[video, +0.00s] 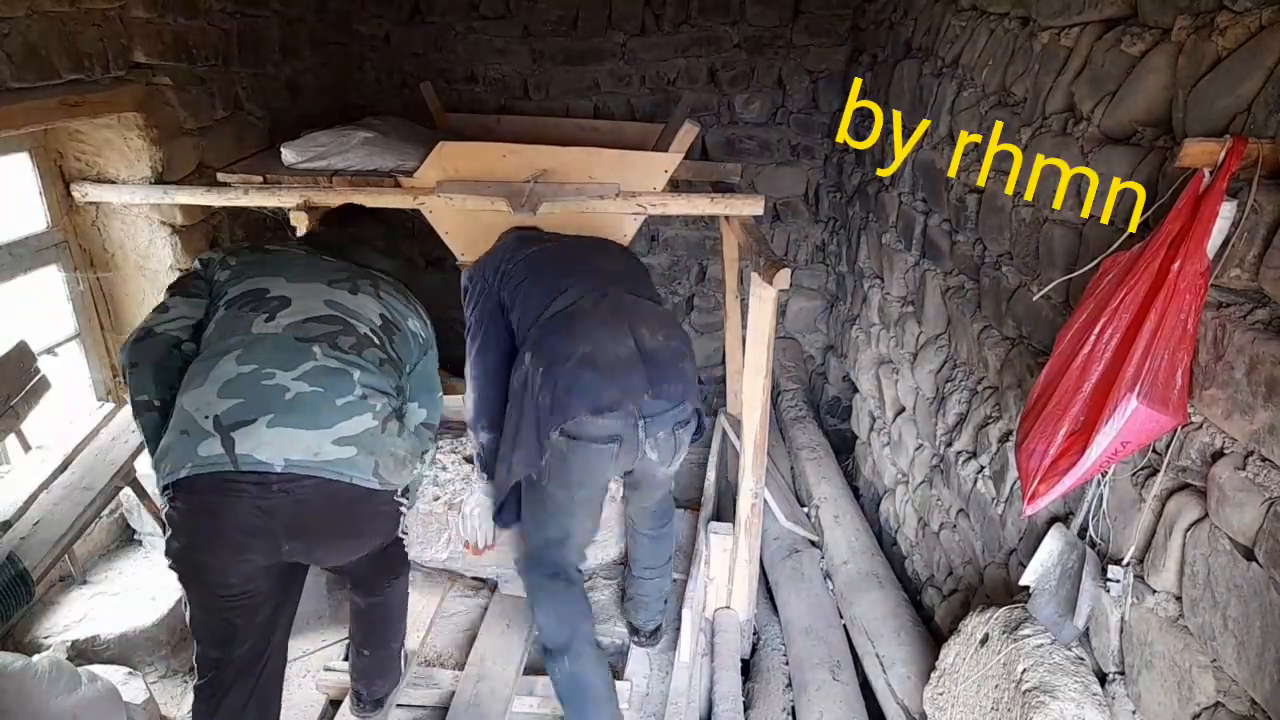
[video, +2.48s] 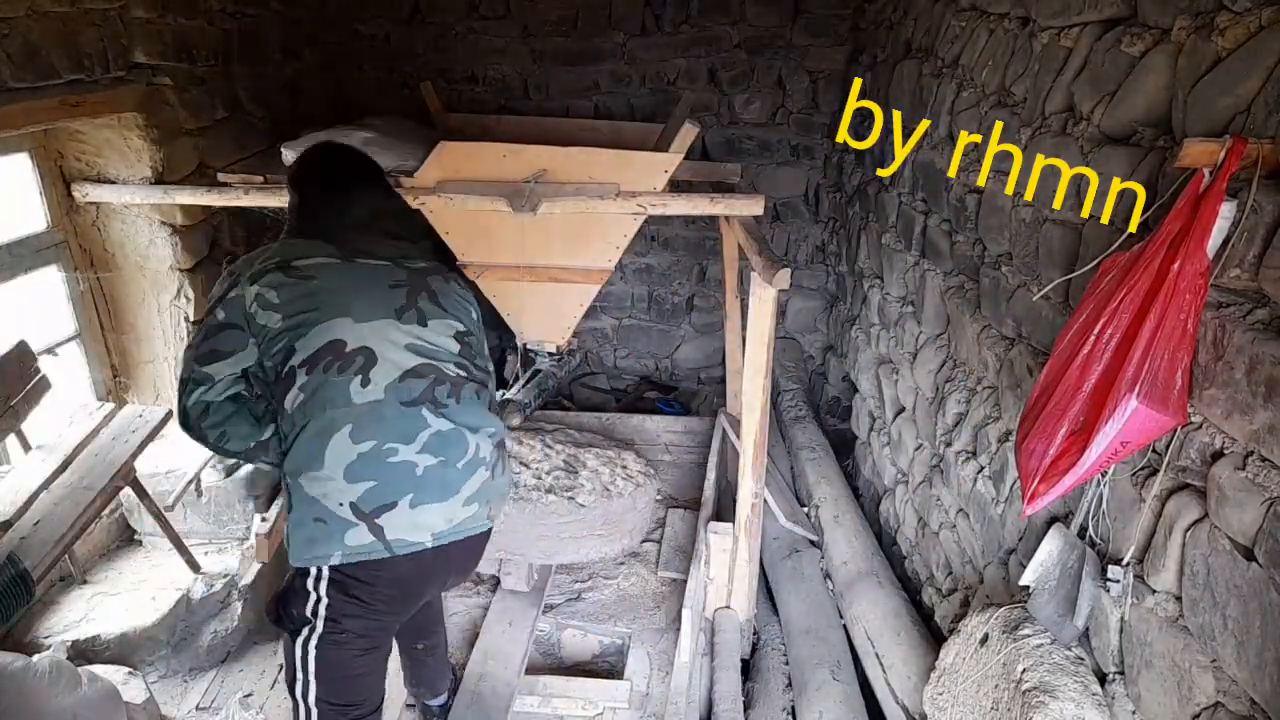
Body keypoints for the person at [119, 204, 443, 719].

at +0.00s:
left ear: (306, 238)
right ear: (379, 255)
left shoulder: (228, 264)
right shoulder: (403, 305)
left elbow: (148, 349)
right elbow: (424, 424)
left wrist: (174, 465)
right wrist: (391, 504)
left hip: (215, 503)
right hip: (346, 502)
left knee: (229, 682)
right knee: (379, 570)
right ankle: (372, 691)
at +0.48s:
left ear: (344, 288)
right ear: (432, 298)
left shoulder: (251, 347)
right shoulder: (466, 360)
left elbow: (167, 473)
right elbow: (495, 494)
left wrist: (207, 597)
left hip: (288, 667)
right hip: (459, 654)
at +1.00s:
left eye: (206, 222)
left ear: (218, 227)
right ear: (323, 221)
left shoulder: (192, 279)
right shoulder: (385, 304)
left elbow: (25, 304)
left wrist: (23, 459)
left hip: (315, 652)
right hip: (459, 623)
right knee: (476, 704)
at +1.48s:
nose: (303, 252)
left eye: (307, 244)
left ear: (317, 249)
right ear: (403, 242)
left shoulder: (267, 309)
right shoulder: (462, 308)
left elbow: (201, 449)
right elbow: (502, 419)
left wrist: (286, 521)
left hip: (347, 588)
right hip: (481, 560)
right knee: (475, 608)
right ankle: (475, 707)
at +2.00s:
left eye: (399, 189)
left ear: (404, 195)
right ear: (489, 212)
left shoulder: (348, 240)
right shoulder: (511, 296)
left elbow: (246, 301)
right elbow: (533, 412)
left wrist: (303, 404)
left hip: (376, 517)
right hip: (486, 516)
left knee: (371, 700)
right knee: (449, 600)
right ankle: (473, 699)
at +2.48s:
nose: (288, 208)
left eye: (293, 200)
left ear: (300, 207)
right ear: (385, 199)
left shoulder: (262, 276)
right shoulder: (442, 274)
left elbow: (207, 404)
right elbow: (497, 371)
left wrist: (298, 444)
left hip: (352, 554)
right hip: (465, 532)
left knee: (335, 708)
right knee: (419, 597)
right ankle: (434, 699)